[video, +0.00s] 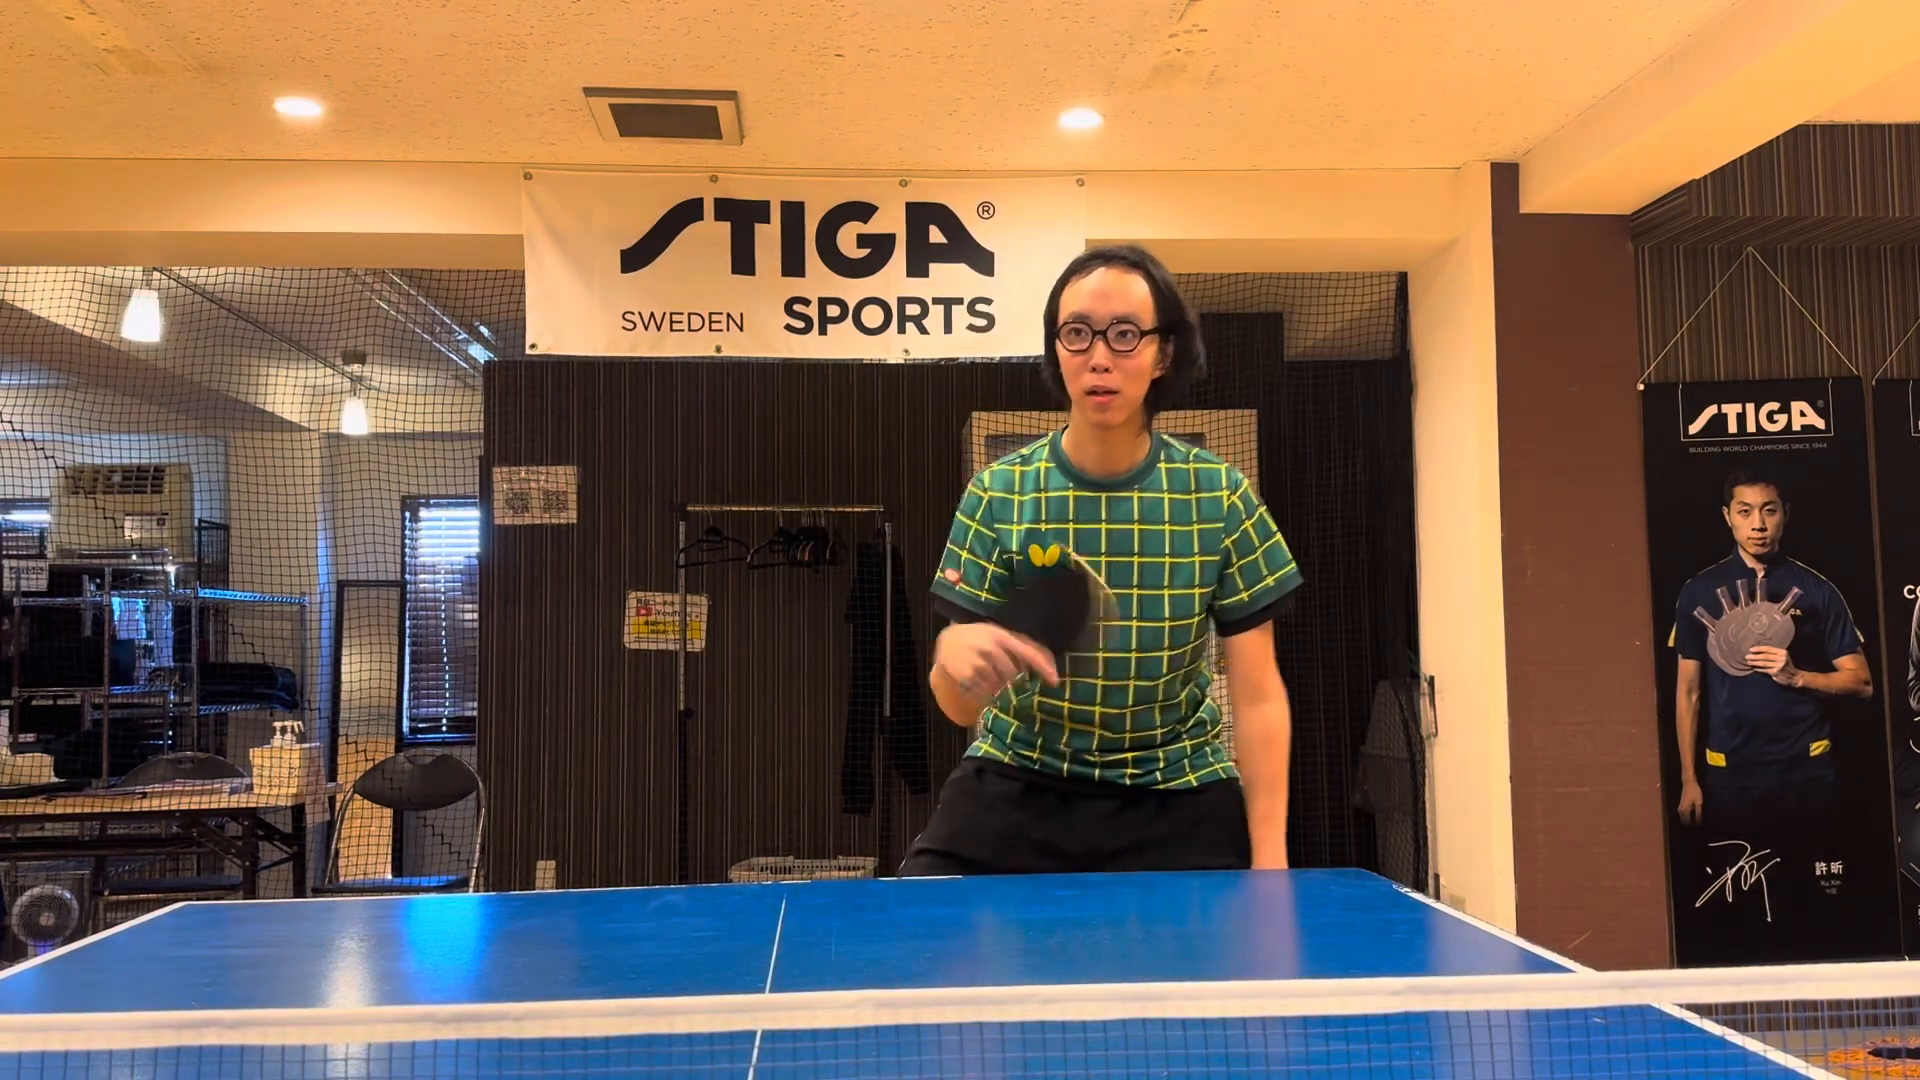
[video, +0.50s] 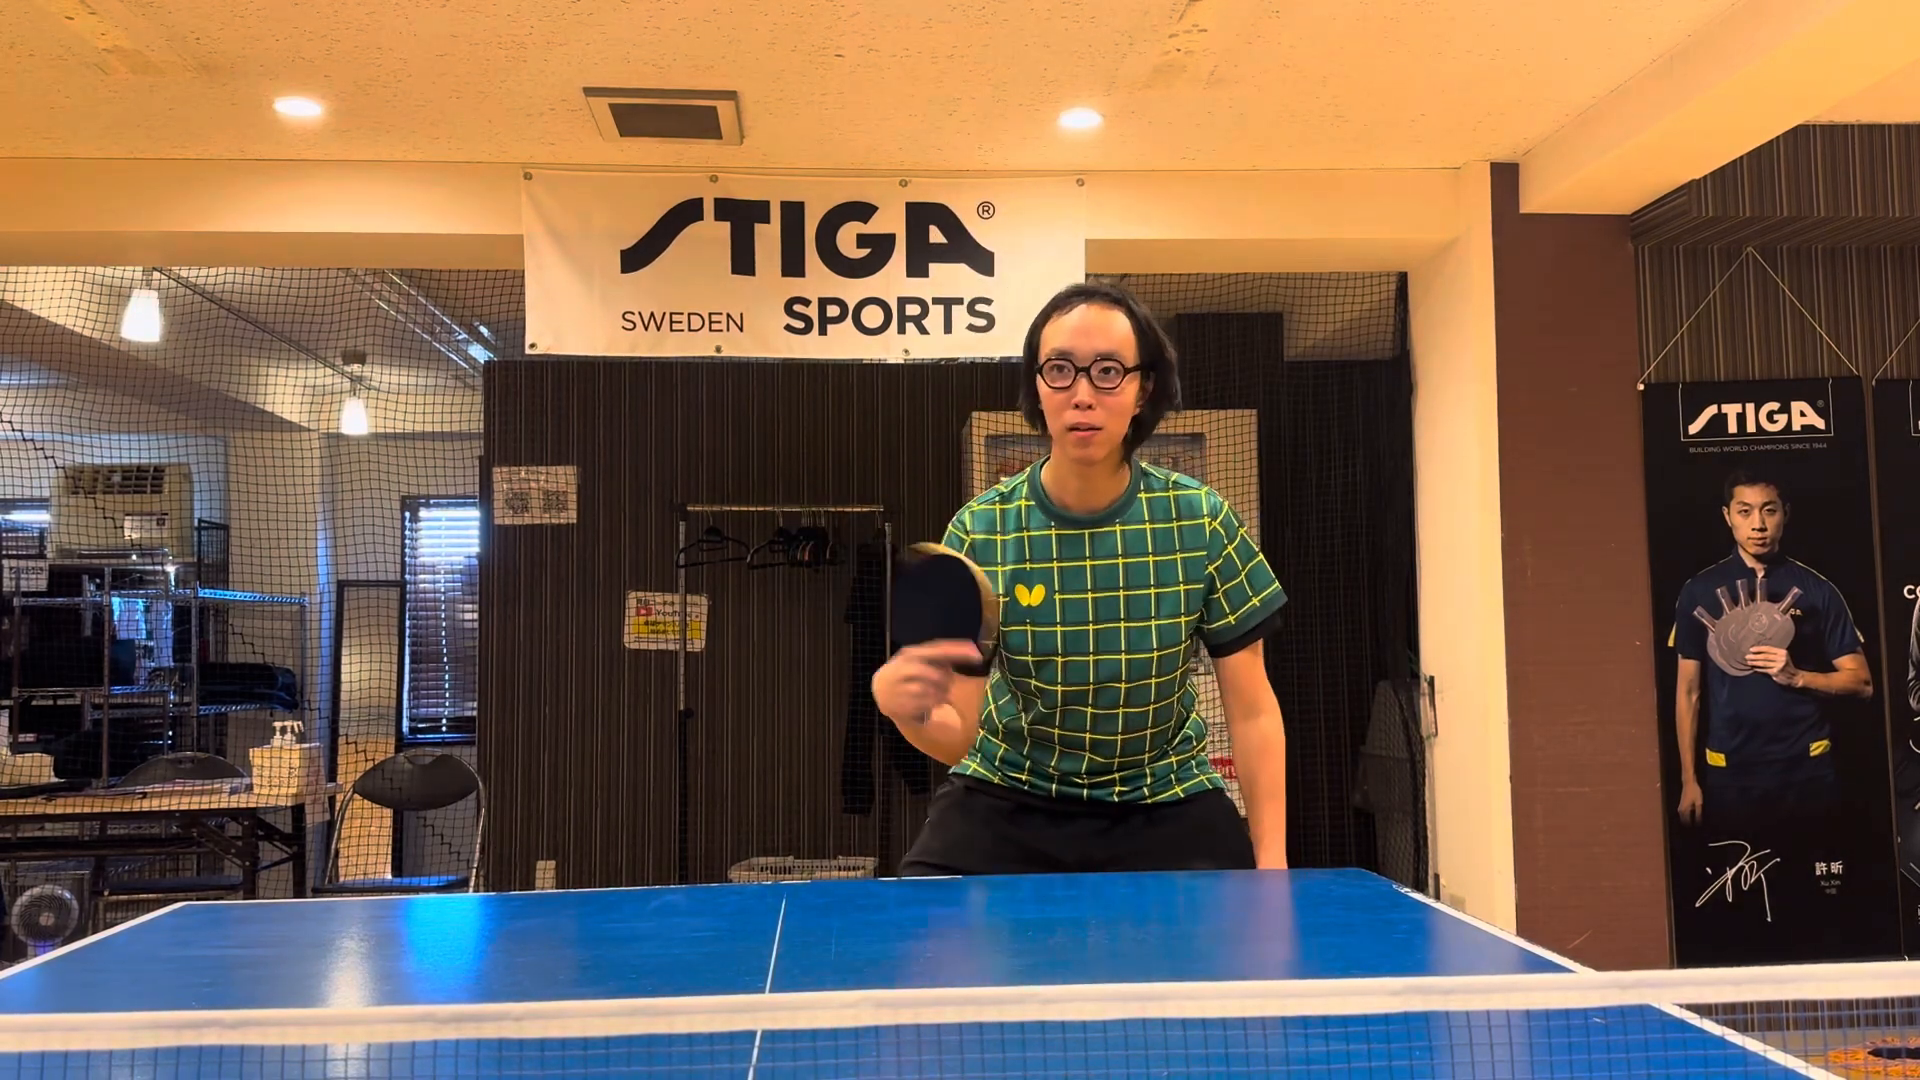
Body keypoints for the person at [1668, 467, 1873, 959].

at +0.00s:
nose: (1758, 523)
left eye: (1768, 510)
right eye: (1745, 511)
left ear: (1784, 516)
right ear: (1728, 517)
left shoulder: (1816, 591)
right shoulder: (1700, 594)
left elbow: (1860, 681)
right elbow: (1688, 692)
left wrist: (1798, 676)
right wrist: (1688, 778)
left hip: (1806, 772)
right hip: (1728, 775)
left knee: (1812, 904)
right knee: (1731, 907)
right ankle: (1737, 1018)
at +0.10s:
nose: (1758, 523)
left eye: (1768, 510)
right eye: (1745, 511)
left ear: (1784, 516)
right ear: (1728, 517)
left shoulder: (1816, 591)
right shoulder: (1700, 594)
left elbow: (1860, 681)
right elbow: (1688, 692)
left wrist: (1798, 676)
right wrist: (1688, 778)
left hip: (1806, 772)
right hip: (1728, 775)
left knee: (1811, 903)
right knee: (1732, 906)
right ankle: (1738, 1018)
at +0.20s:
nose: (1758, 522)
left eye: (1768, 510)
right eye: (1745, 511)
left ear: (1784, 516)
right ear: (1728, 517)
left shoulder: (1816, 591)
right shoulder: (1700, 594)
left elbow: (1860, 681)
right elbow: (1688, 692)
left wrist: (1797, 676)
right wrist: (1688, 778)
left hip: (1806, 771)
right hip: (1728, 775)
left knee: (1812, 901)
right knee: (1732, 905)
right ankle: (1737, 1017)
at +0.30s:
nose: (1758, 523)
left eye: (1768, 510)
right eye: (1745, 511)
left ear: (1784, 516)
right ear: (1728, 517)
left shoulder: (1817, 591)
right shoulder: (1700, 594)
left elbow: (1860, 681)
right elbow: (1688, 692)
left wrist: (1797, 676)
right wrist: (1688, 778)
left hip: (1806, 771)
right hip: (1729, 775)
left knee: (1813, 903)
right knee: (1732, 907)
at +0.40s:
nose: (1758, 523)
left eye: (1768, 510)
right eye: (1745, 511)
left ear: (1784, 516)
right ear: (1728, 517)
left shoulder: (1816, 591)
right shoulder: (1699, 594)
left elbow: (1860, 681)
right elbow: (1688, 691)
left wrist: (1798, 676)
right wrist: (1688, 778)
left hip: (1806, 772)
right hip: (1728, 776)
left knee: (1812, 904)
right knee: (1731, 908)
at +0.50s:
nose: (1758, 523)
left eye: (1768, 510)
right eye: (1745, 511)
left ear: (1784, 516)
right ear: (1728, 517)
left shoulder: (1816, 592)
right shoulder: (1700, 594)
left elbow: (1860, 681)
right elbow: (1688, 692)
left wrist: (1798, 676)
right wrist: (1688, 778)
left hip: (1806, 772)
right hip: (1728, 775)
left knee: (1812, 904)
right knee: (1732, 907)